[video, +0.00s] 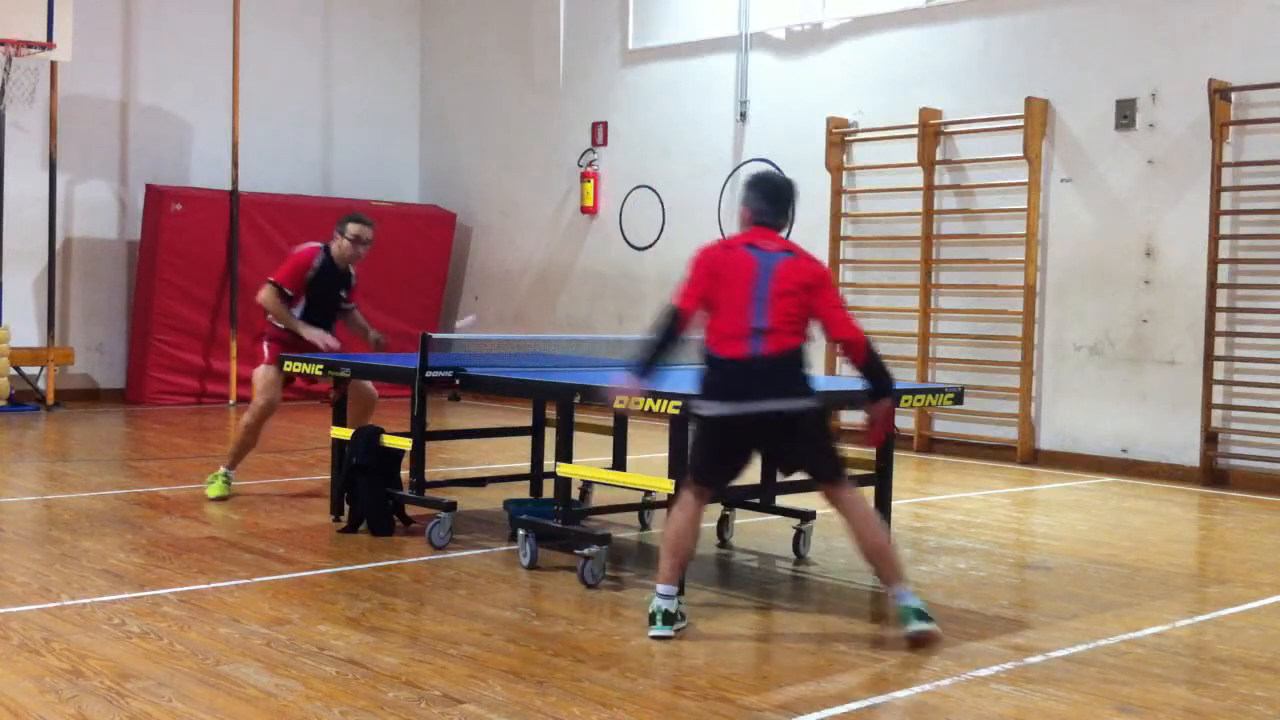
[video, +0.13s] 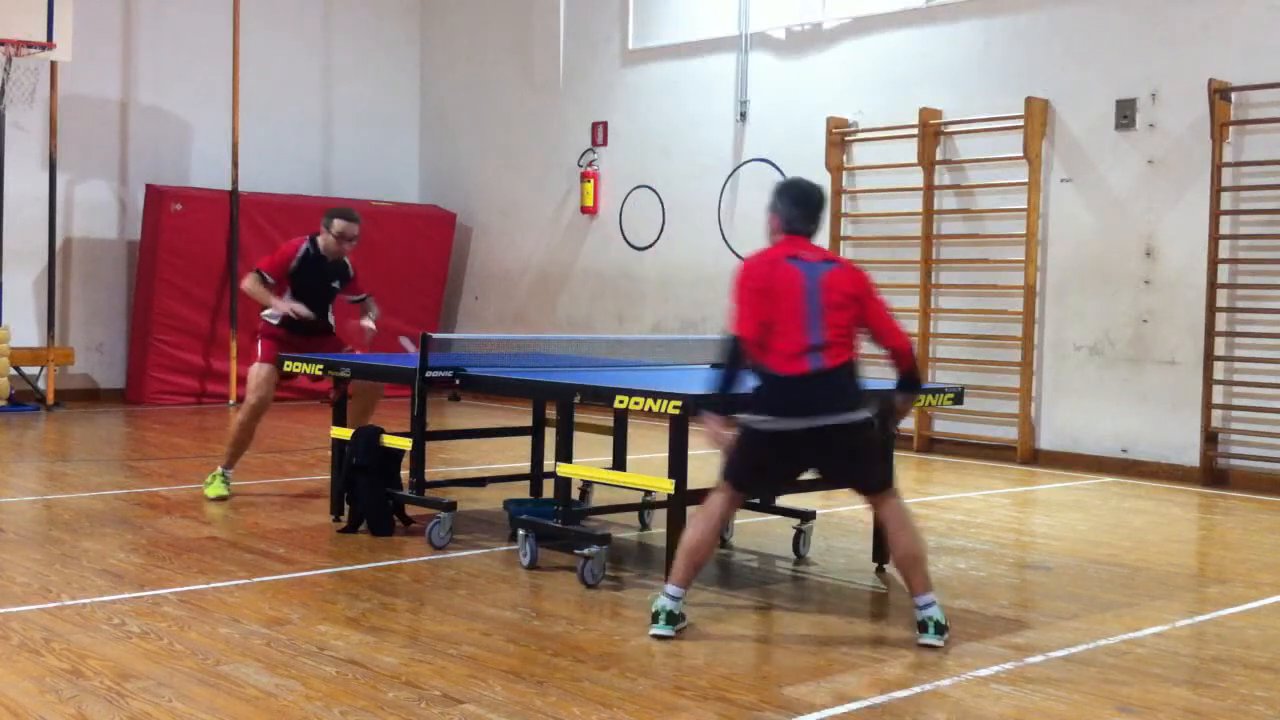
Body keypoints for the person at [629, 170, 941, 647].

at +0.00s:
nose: (741, 212)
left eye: (743, 205)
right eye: (748, 205)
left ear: (746, 211)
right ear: (788, 217)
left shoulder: (713, 257)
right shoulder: (806, 268)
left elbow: (676, 321)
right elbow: (848, 336)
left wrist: (640, 371)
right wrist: (882, 388)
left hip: (725, 404)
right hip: (788, 400)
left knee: (692, 494)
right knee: (843, 492)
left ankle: (664, 603)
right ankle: (906, 601)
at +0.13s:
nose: (767, 220)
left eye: (770, 213)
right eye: (771, 212)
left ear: (775, 218)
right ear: (816, 222)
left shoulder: (757, 268)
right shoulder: (846, 273)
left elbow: (742, 344)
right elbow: (898, 343)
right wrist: (908, 386)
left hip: (775, 416)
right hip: (844, 414)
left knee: (723, 499)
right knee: (886, 500)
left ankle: (669, 601)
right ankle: (929, 613)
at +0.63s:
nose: (830, 232)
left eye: (832, 225)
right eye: (835, 225)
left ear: (839, 229)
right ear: (881, 234)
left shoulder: (806, 274)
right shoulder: (907, 291)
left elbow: (764, 341)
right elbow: (935, 377)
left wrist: (791, 387)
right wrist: (942, 402)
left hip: (810, 427)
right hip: (880, 429)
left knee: (746, 510)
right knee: (915, 510)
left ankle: (722, 629)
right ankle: (950, 615)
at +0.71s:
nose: (851, 243)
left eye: (852, 236)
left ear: (855, 241)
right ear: (898, 246)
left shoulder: (814, 287)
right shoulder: (911, 300)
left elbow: (783, 363)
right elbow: (936, 387)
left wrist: (828, 395)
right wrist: (975, 455)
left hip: (805, 433)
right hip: (878, 437)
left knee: (742, 523)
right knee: (918, 509)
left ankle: (705, 632)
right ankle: (952, 613)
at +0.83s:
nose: (937, 273)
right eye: (936, 266)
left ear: (891, 260)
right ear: (935, 270)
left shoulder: (856, 296)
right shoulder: (927, 310)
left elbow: (847, 364)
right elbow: (941, 383)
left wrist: (907, 392)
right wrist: (986, 445)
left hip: (810, 434)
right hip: (878, 440)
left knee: (748, 530)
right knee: (924, 506)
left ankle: (696, 631)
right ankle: (951, 611)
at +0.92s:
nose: (955, 282)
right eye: (955, 274)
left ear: (909, 264)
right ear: (952, 275)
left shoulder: (872, 294)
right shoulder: (940, 308)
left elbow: (864, 360)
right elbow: (950, 378)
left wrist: (919, 395)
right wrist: (997, 443)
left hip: (820, 426)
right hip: (888, 434)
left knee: (756, 527)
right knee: (929, 507)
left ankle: (700, 627)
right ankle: (951, 611)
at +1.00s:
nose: (956, 269)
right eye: (957, 261)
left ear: (912, 252)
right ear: (953, 261)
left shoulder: (872, 284)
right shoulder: (951, 301)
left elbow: (845, 352)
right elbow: (961, 390)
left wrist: (911, 389)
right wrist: (1007, 449)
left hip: (829, 418)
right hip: (897, 427)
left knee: (766, 517)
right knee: (932, 508)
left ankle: (709, 622)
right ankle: (951, 612)